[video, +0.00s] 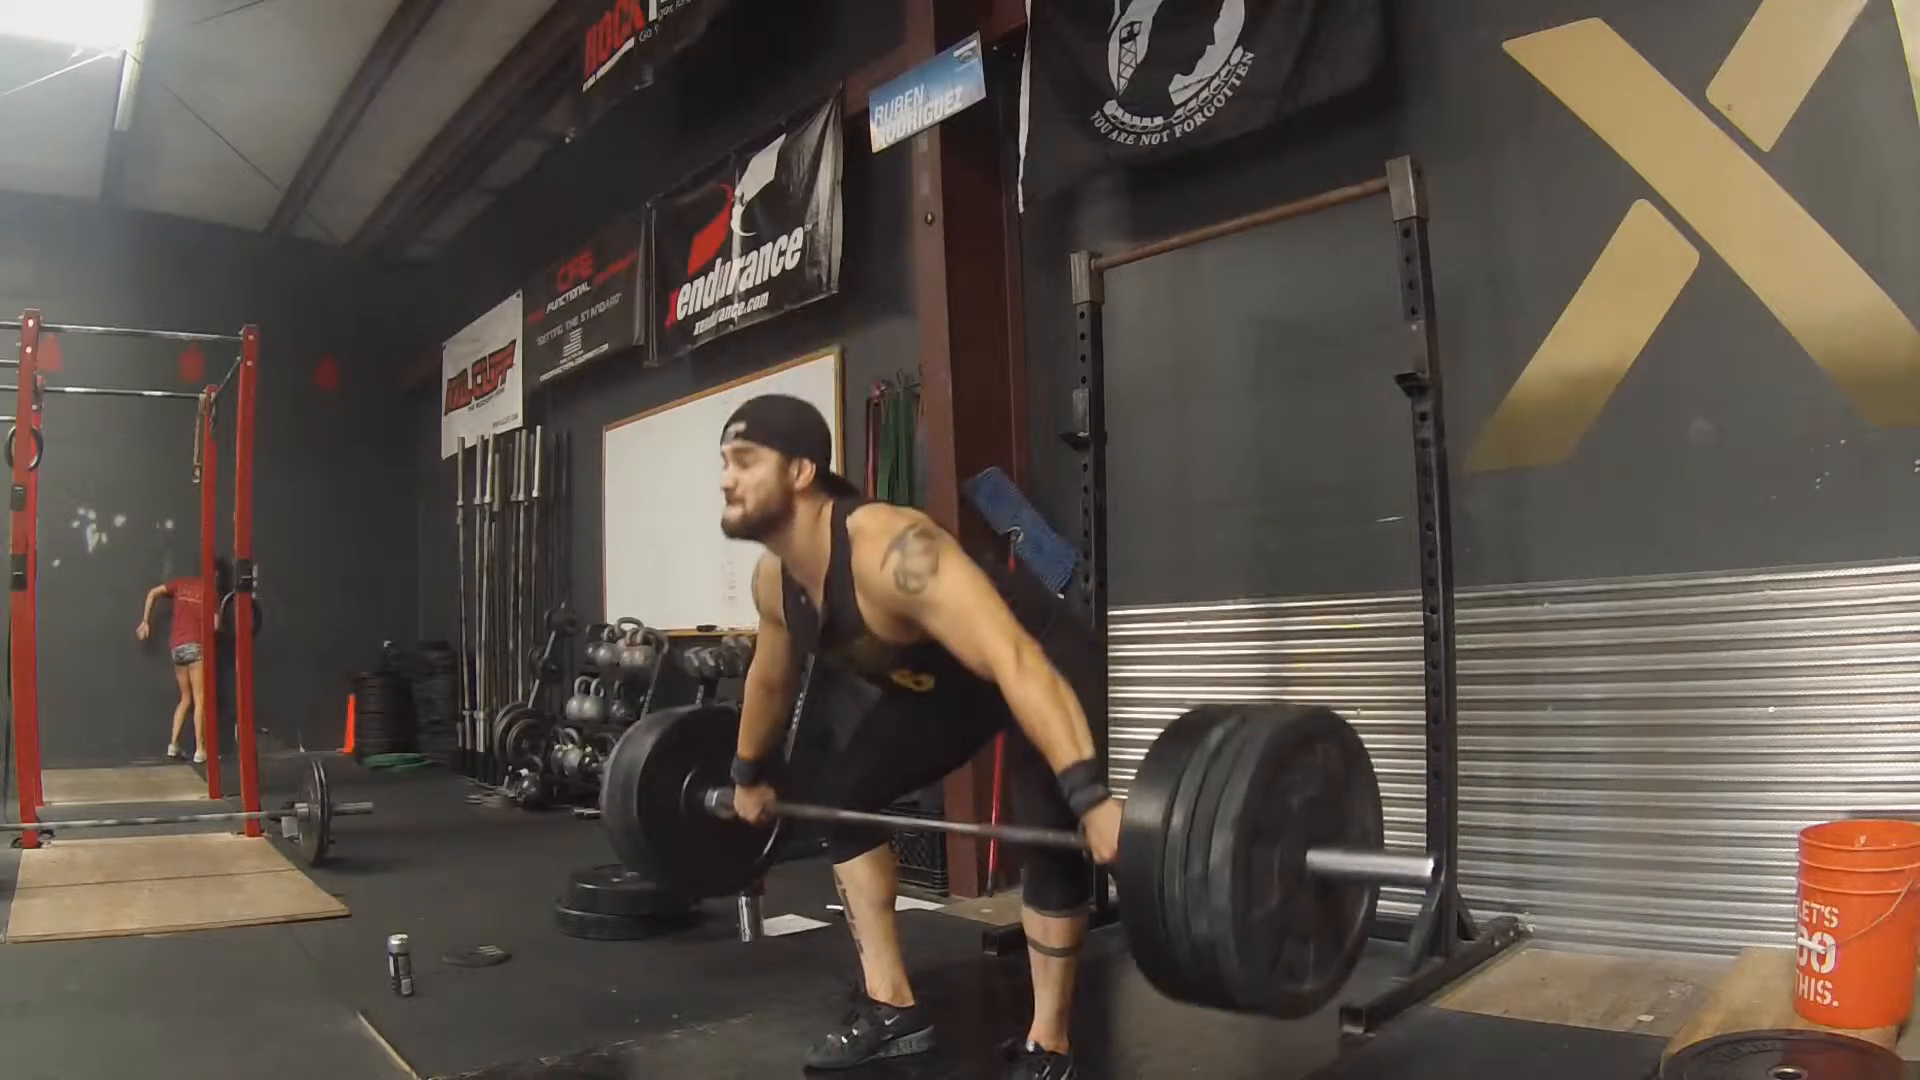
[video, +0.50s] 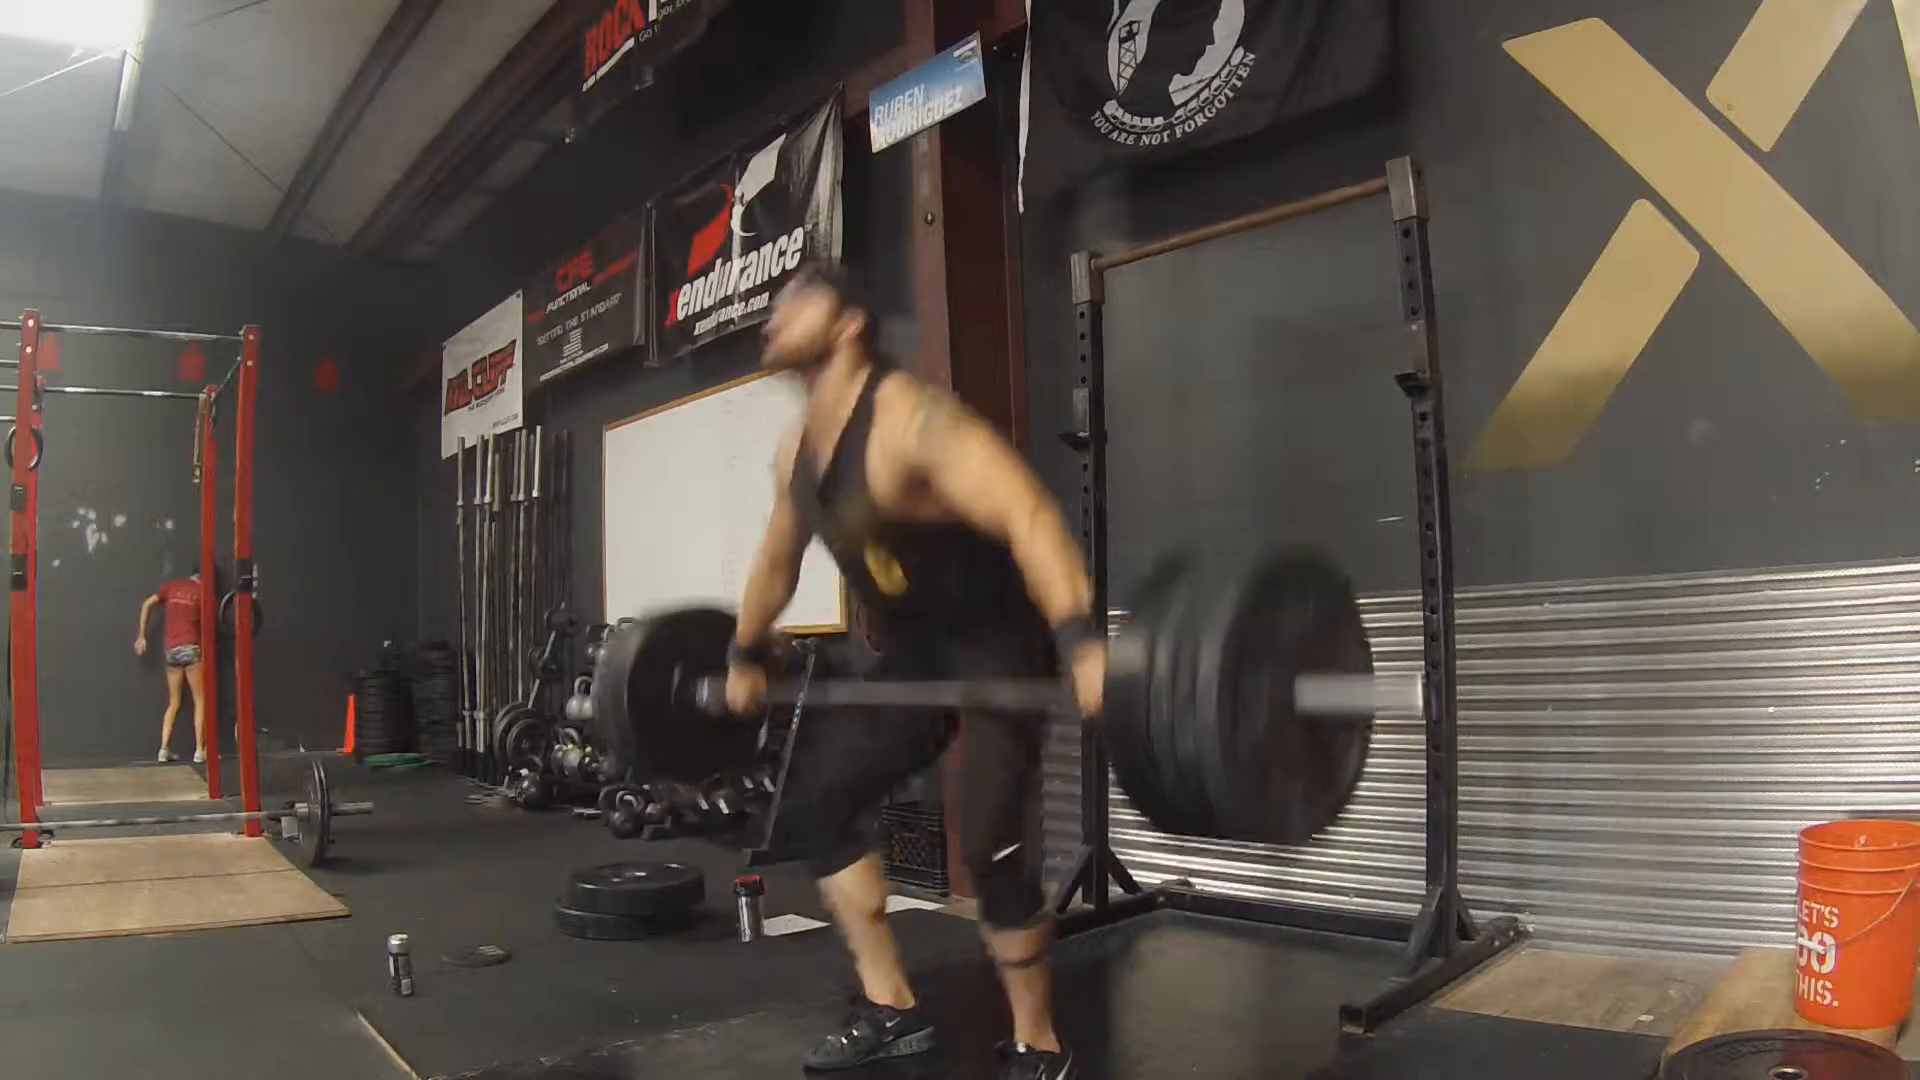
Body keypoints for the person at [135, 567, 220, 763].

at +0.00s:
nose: (218, 580)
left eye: (217, 576)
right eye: (218, 576)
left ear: (203, 571)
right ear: (215, 575)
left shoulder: (181, 584)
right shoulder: (212, 592)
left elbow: (153, 592)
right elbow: (215, 624)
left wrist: (145, 621)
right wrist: (213, 609)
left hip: (176, 643)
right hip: (196, 643)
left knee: (185, 698)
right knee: (199, 699)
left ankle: (173, 744)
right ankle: (200, 749)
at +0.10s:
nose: (223, 582)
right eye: (223, 578)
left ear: (204, 571)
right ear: (218, 575)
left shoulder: (181, 585)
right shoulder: (212, 591)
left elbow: (151, 593)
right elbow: (215, 624)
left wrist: (143, 622)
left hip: (176, 644)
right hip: (196, 643)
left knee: (183, 698)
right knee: (199, 698)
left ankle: (169, 742)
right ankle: (200, 749)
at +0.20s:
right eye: (210, 578)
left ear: (194, 574)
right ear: (209, 576)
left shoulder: (178, 586)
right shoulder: (208, 592)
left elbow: (149, 596)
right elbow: (215, 622)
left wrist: (141, 625)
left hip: (176, 645)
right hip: (196, 644)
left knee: (181, 699)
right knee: (200, 699)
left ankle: (165, 741)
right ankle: (200, 750)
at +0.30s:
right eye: (209, 579)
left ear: (193, 574)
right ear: (207, 577)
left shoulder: (174, 586)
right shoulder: (206, 592)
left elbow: (147, 598)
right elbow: (213, 621)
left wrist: (139, 628)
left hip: (174, 646)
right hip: (194, 645)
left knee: (178, 701)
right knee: (201, 701)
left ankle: (164, 745)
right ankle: (200, 750)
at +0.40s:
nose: (207, 583)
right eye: (208, 579)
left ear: (192, 575)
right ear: (205, 577)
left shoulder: (172, 587)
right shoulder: (205, 592)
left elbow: (146, 601)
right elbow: (211, 620)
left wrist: (139, 632)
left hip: (172, 647)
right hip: (193, 646)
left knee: (175, 702)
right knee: (201, 701)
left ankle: (164, 749)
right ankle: (200, 750)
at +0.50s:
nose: (206, 584)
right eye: (206, 580)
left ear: (192, 575)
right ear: (203, 577)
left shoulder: (171, 587)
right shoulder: (203, 592)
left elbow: (147, 603)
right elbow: (207, 621)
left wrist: (141, 635)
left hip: (171, 647)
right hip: (192, 646)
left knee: (173, 702)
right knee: (199, 700)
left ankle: (163, 749)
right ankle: (200, 749)